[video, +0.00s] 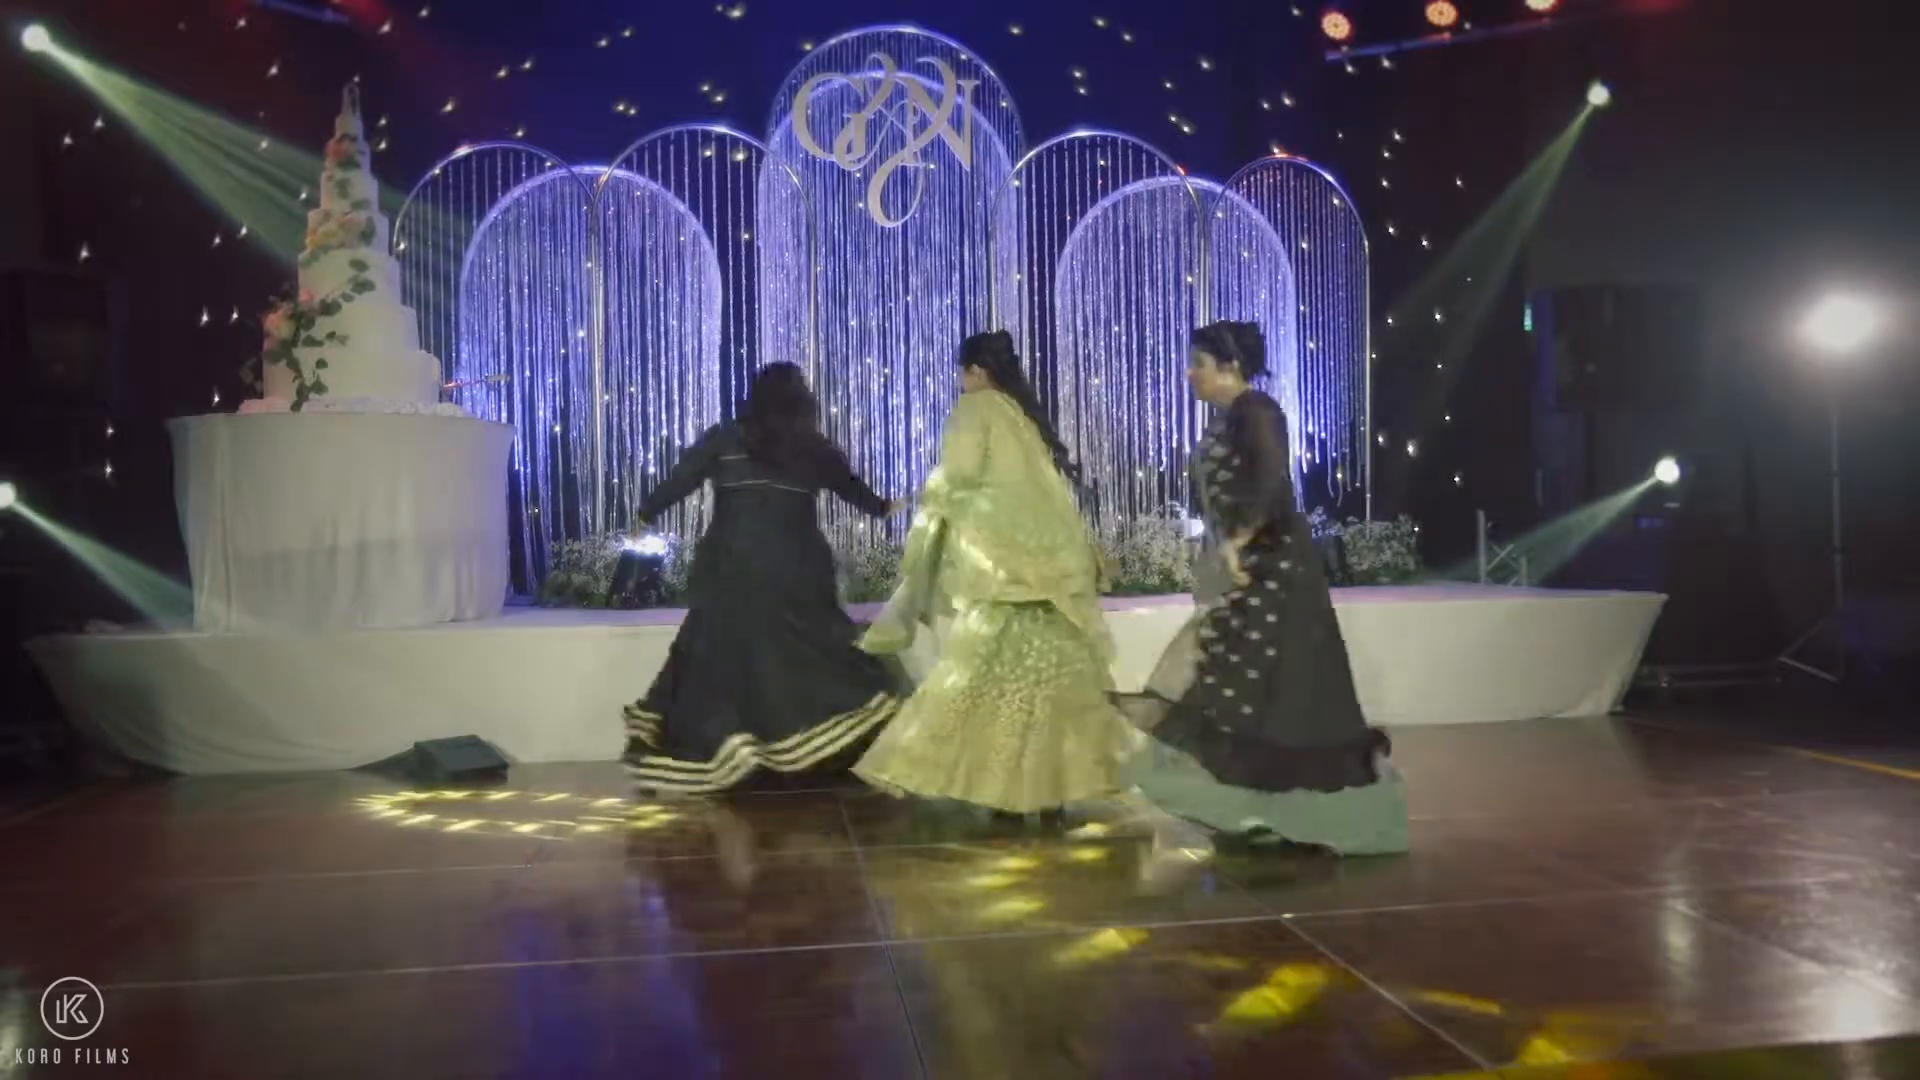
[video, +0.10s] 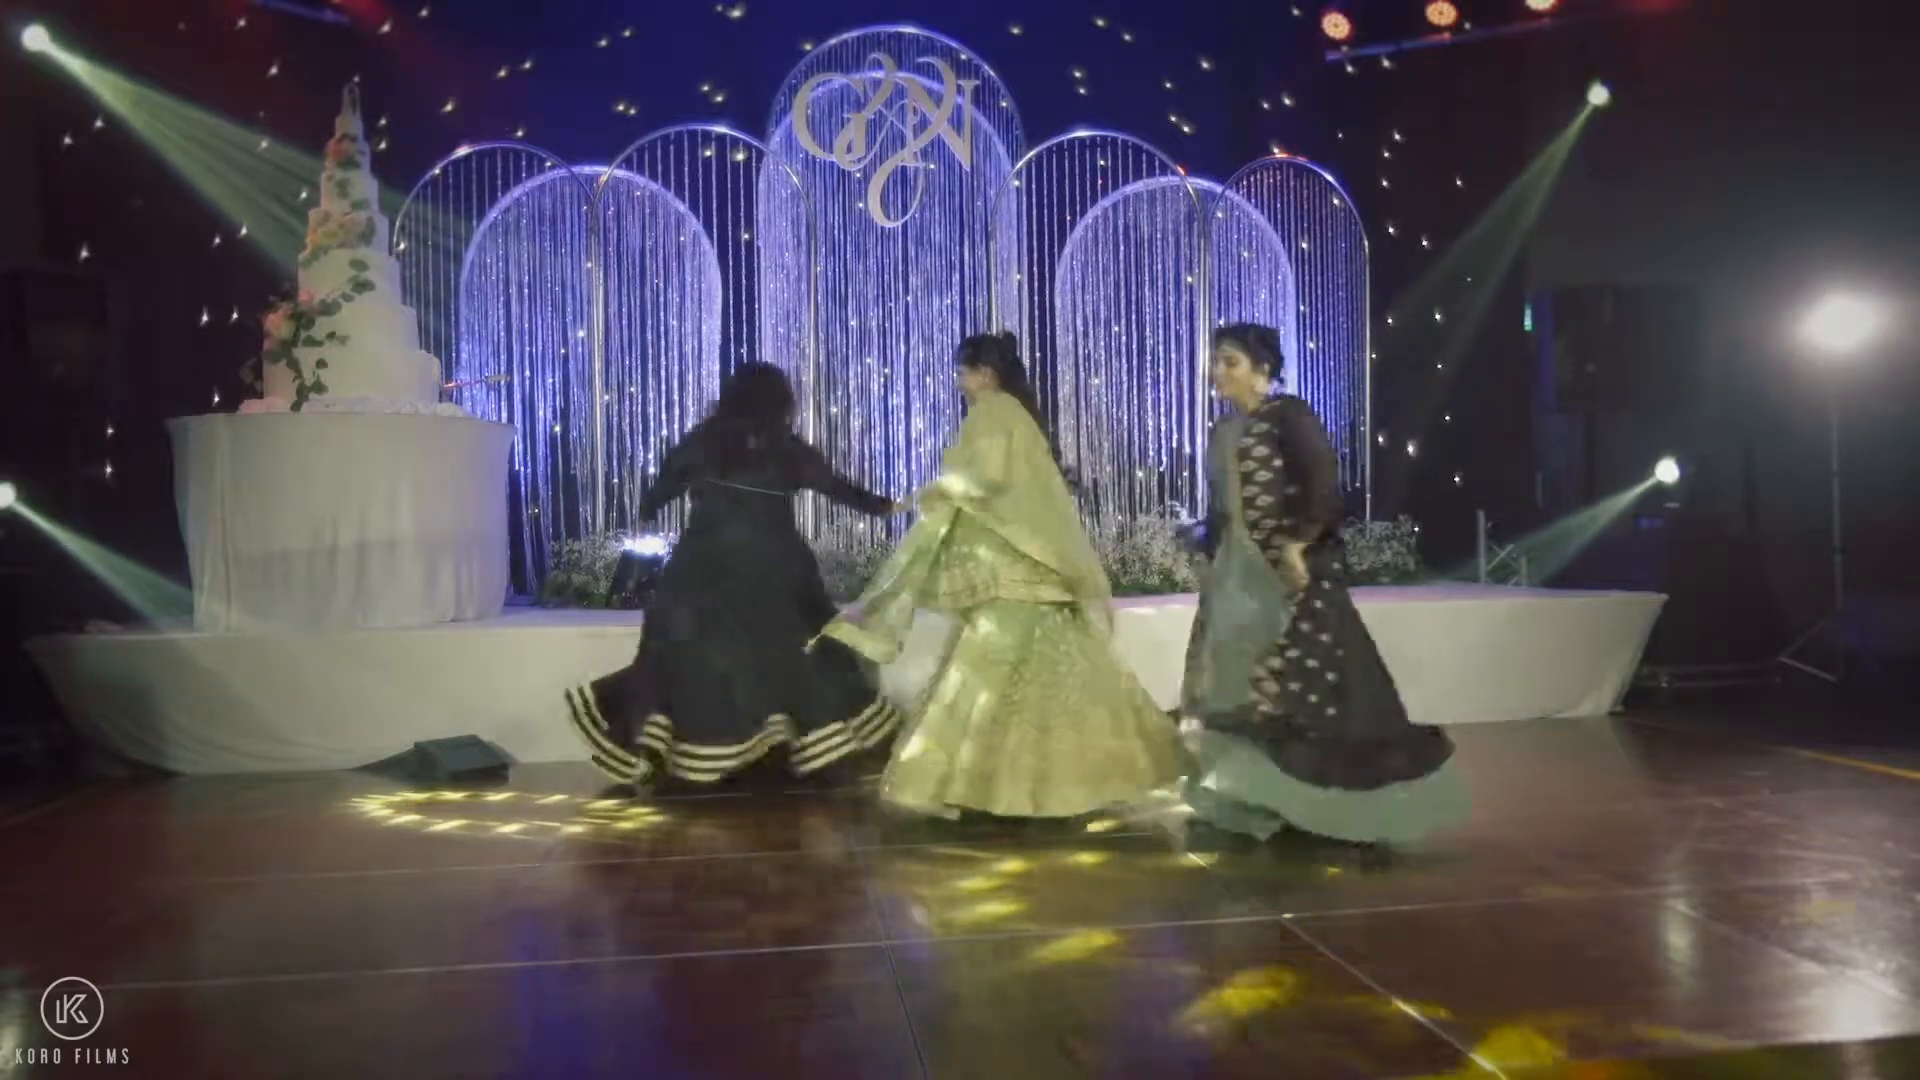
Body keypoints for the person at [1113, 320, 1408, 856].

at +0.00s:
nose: (1190, 376)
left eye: (1197, 365)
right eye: (1191, 366)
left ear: (1228, 367)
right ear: (1226, 368)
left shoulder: (1256, 410)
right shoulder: (1224, 419)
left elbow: (1273, 484)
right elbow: (1230, 492)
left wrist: (1239, 539)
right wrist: (1220, 545)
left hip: (1280, 570)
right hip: (1252, 570)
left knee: (1278, 684)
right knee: (1254, 683)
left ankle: (1291, 818)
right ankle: (1271, 813)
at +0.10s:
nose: (1216, 373)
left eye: (1227, 363)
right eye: (1215, 363)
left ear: (1259, 368)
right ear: (1221, 372)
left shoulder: (1290, 414)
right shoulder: (1222, 434)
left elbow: (1324, 482)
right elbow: (1222, 508)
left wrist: (1297, 543)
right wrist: (1217, 553)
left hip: (1291, 575)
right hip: (1236, 578)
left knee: (1302, 690)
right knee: (1236, 692)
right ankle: (1251, 814)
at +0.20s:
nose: (1260, 371)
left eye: (1270, 361)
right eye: (1250, 363)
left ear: (1289, 365)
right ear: (1239, 371)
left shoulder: (1322, 416)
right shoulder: (1225, 433)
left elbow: (1362, 485)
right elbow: (1216, 504)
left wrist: (1352, 543)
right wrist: (1211, 553)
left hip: (1313, 568)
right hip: (1252, 570)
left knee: (1306, 685)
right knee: (1254, 685)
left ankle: (1304, 805)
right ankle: (1264, 806)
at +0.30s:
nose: (1307, 369)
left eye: (1313, 360)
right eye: (1295, 359)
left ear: (1321, 367)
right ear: (1269, 367)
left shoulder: (1347, 419)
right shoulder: (1242, 434)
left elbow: (1392, 481)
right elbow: (1219, 509)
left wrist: (1395, 540)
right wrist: (1234, 557)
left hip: (1347, 571)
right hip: (1280, 577)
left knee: (1352, 689)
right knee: (1284, 689)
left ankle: (1364, 811)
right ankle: (1297, 811)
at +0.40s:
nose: (1345, 368)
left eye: (1347, 360)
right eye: (1334, 360)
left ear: (1348, 367)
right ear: (1303, 368)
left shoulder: (1366, 423)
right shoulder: (1276, 428)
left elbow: (1401, 489)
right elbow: (1242, 499)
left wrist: (1419, 535)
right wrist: (1274, 556)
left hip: (1378, 574)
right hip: (1319, 579)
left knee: (1391, 686)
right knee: (1327, 690)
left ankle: (1394, 808)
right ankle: (1329, 809)